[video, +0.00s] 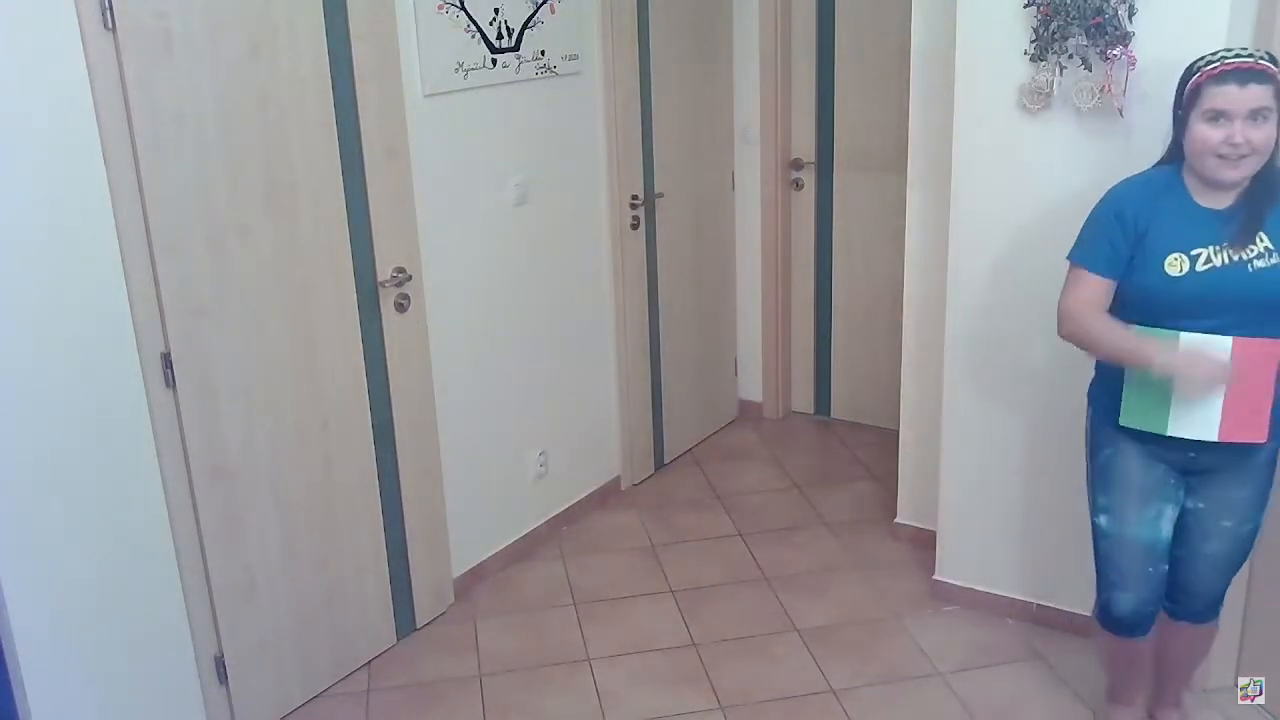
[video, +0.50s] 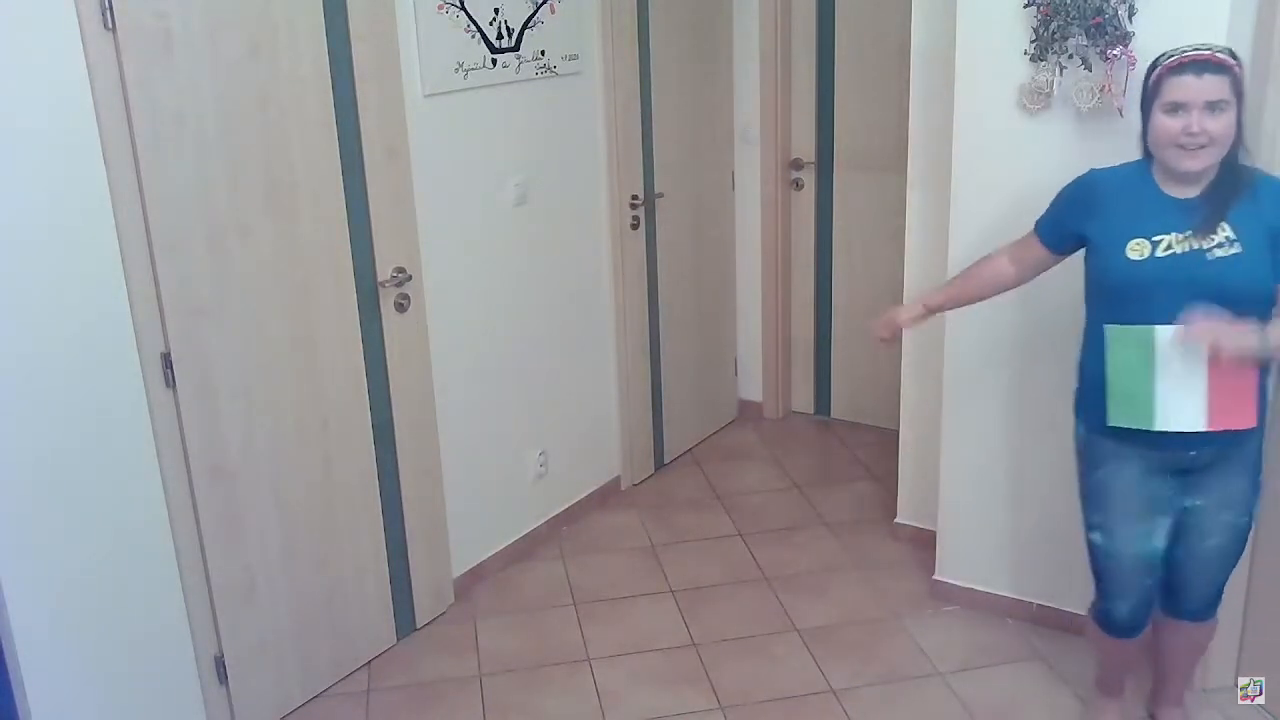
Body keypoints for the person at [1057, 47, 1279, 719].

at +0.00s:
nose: (1236, 136)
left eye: (1255, 117)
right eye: (1216, 117)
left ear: (1277, 128)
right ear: (1183, 126)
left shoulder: (1275, 212)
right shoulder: (1134, 203)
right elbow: (1075, 315)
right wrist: (1168, 358)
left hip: (1244, 443)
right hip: (1136, 434)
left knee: (1197, 602)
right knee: (1127, 605)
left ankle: (1171, 704)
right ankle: (1123, 706)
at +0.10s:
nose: (1234, 141)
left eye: (1254, 123)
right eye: (1215, 122)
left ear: (1274, 132)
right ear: (1182, 128)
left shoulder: (1276, 214)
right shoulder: (1132, 208)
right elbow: (1079, 321)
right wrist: (1142, 413)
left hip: (1249, 445)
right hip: (1142, 436)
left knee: (1201, 609)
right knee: (1133, 611)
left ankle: (1171, 704)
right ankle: (1127, 703)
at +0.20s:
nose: (1229, 142)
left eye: (1248, 124)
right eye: (1210, 124)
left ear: (1270, 133)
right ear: (1179, 131)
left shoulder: (1277, 213)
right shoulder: (1127, 213)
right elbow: (1070, 327)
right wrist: (1054, 439)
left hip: (1250, 452)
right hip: (1141, 444)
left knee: (1207, 610)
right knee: (1146, 615)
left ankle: (1171, 702)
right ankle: (1129, 700)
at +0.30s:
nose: (1221, 126)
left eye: (1241, 109)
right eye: (1202, 109)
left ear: (1262, 122)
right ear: (1171, 120)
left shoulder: (1272, 206)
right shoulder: (1118, 205)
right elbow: (1042, 298)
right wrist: (978, 378)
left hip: (1250, 437)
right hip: (1143, 431)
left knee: (1204, 595)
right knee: (1153, 606)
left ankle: (1171, 701)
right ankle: (1127, 702)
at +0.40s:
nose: (1206, 121)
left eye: (1226, 105)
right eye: (1187, 104)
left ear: (1248, 117)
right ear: (1158, 115)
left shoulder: (1270, 199)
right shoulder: (1107, 195)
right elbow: (1024, 266)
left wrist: (1256, 290)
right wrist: (939, 321)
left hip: (1241, 432)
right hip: (1134, 428)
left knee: (1199, 594)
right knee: (1142, 609)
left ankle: (1171, 704)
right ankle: (1115, 694)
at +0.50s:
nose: (1194, 125)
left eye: (1214, 108)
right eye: (1175, 108)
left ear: (1237, 119)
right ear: (1147, 119)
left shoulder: (1269, 203)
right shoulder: (1098, 197)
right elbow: (1013, 263)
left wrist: (1250, 340)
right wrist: (920, 306)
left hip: (1228, 443)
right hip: (1121, 438)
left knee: (1195, 604)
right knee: (1125, 607)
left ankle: (1173, 705)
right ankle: (1111, 698)